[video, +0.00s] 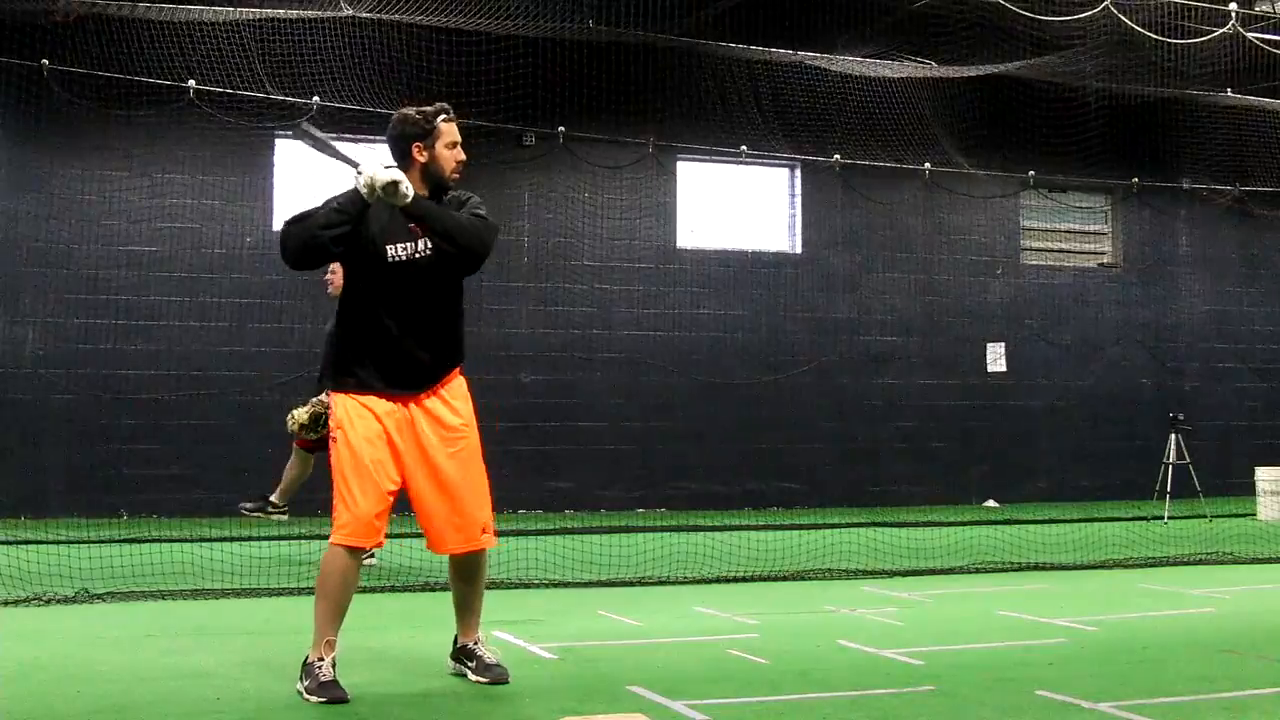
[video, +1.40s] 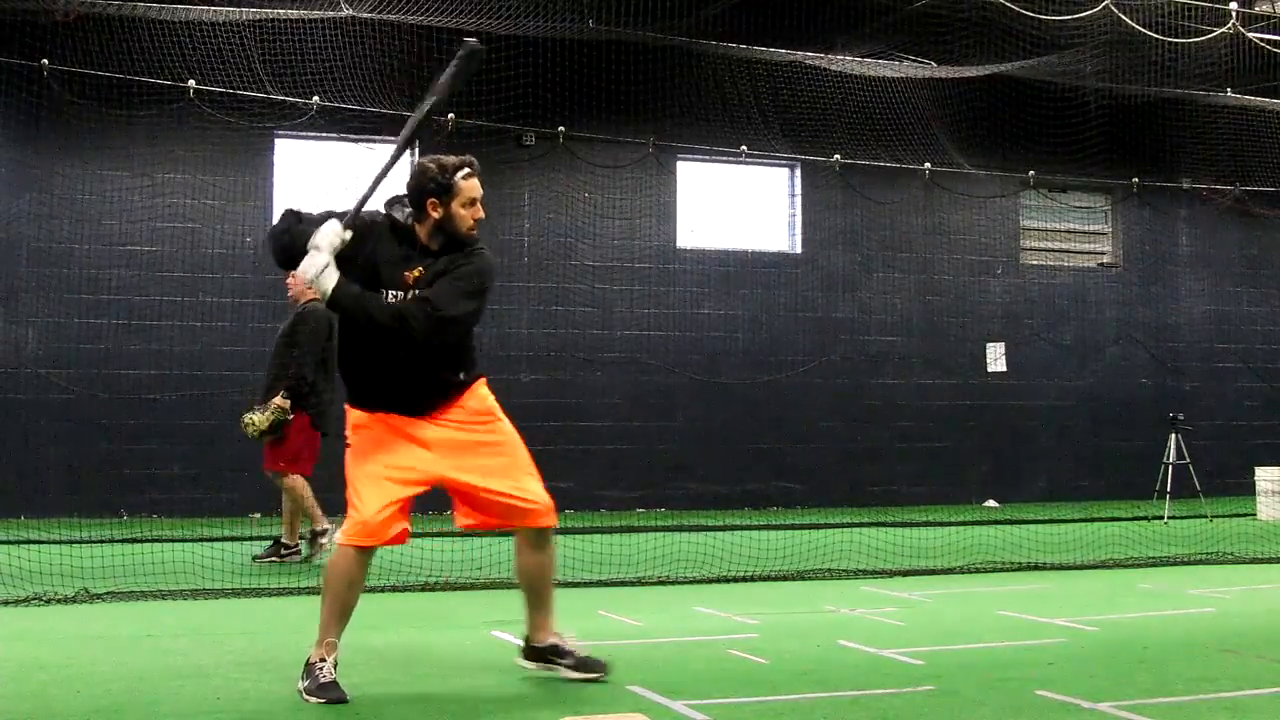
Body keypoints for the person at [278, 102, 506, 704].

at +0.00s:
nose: (462, 154)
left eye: (461, 145)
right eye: (453, 145)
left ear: (431, 151)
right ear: (419, 151)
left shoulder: (460, 206)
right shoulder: (362, 210)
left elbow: (478, 246)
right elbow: (293, 247)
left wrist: (410, 201)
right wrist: (361, 204)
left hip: (441, 391)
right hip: (363, 393)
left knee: (470, 526)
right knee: (356, 528)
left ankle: (469, 644)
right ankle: (320, 658)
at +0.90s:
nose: (450, 181)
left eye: (451, 171)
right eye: (442, 172)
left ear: (416, 175)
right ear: (407, 176)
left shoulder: (443, 232)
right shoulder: (343, 214)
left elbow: (445, 300)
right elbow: (266, 257)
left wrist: (386, 259)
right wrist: (339, 236)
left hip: (409, 400)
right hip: (332, 404)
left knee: (451, 516)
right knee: (342, 525)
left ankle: (438, 629)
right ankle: (318, 658)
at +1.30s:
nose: (469, 205)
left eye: (470, 194)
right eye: (460, 196)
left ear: (436, 198)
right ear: (422, 199)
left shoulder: (460, 258)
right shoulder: (359, 229)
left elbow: (429, 332)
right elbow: (271, 249)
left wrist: (334, 310)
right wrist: (300, 265)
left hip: (440, 401)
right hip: (359, 411)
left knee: (502, 499)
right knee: (348, 531)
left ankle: (481, 627)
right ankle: (322, 658)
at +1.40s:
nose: (480, 213)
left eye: (481, 202)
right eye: (470, 203)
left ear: (448, 206)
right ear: (432, 207)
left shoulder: (472, 264)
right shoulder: (373, 235)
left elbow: (414, 322)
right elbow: (285, 234)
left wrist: (331, 285)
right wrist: (314, 240)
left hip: (463, 409)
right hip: (381, 419)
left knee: (537, 516)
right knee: (363, 531)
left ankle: (543, 641)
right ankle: (323, 658)